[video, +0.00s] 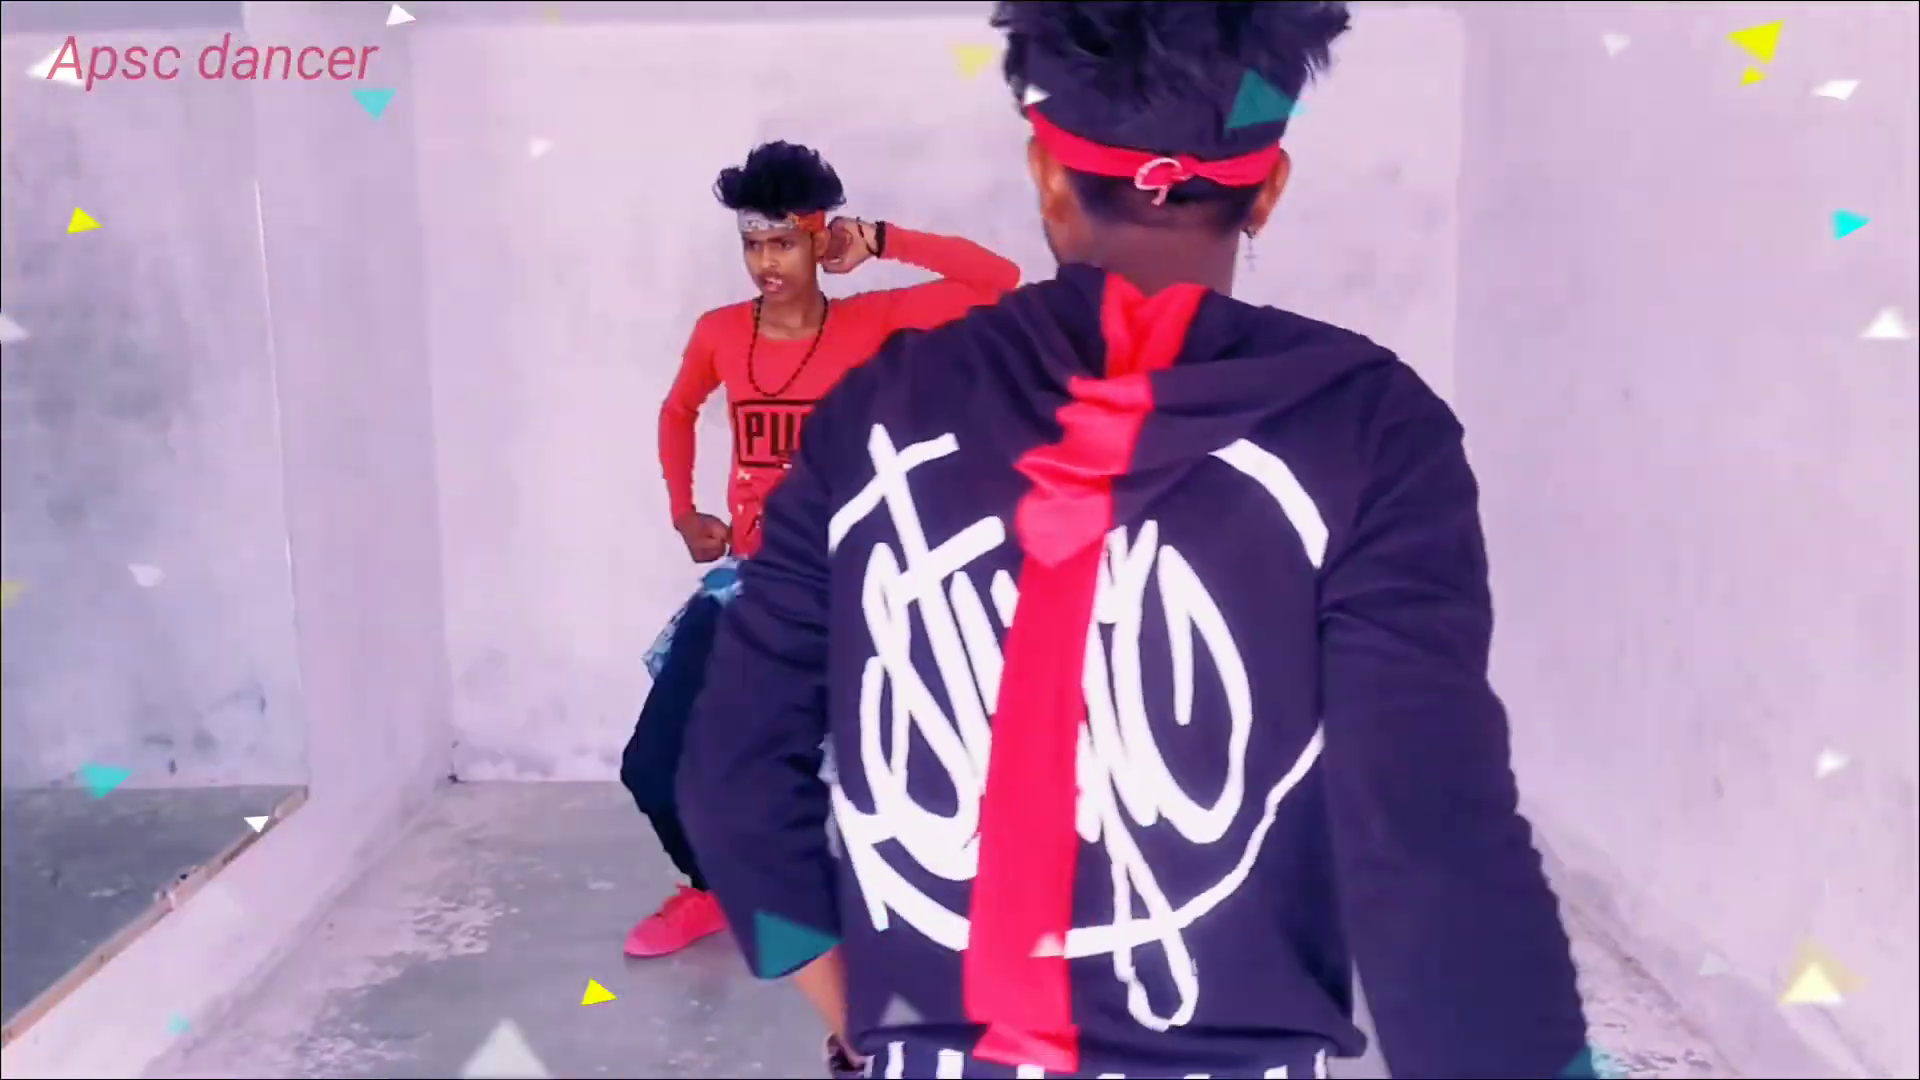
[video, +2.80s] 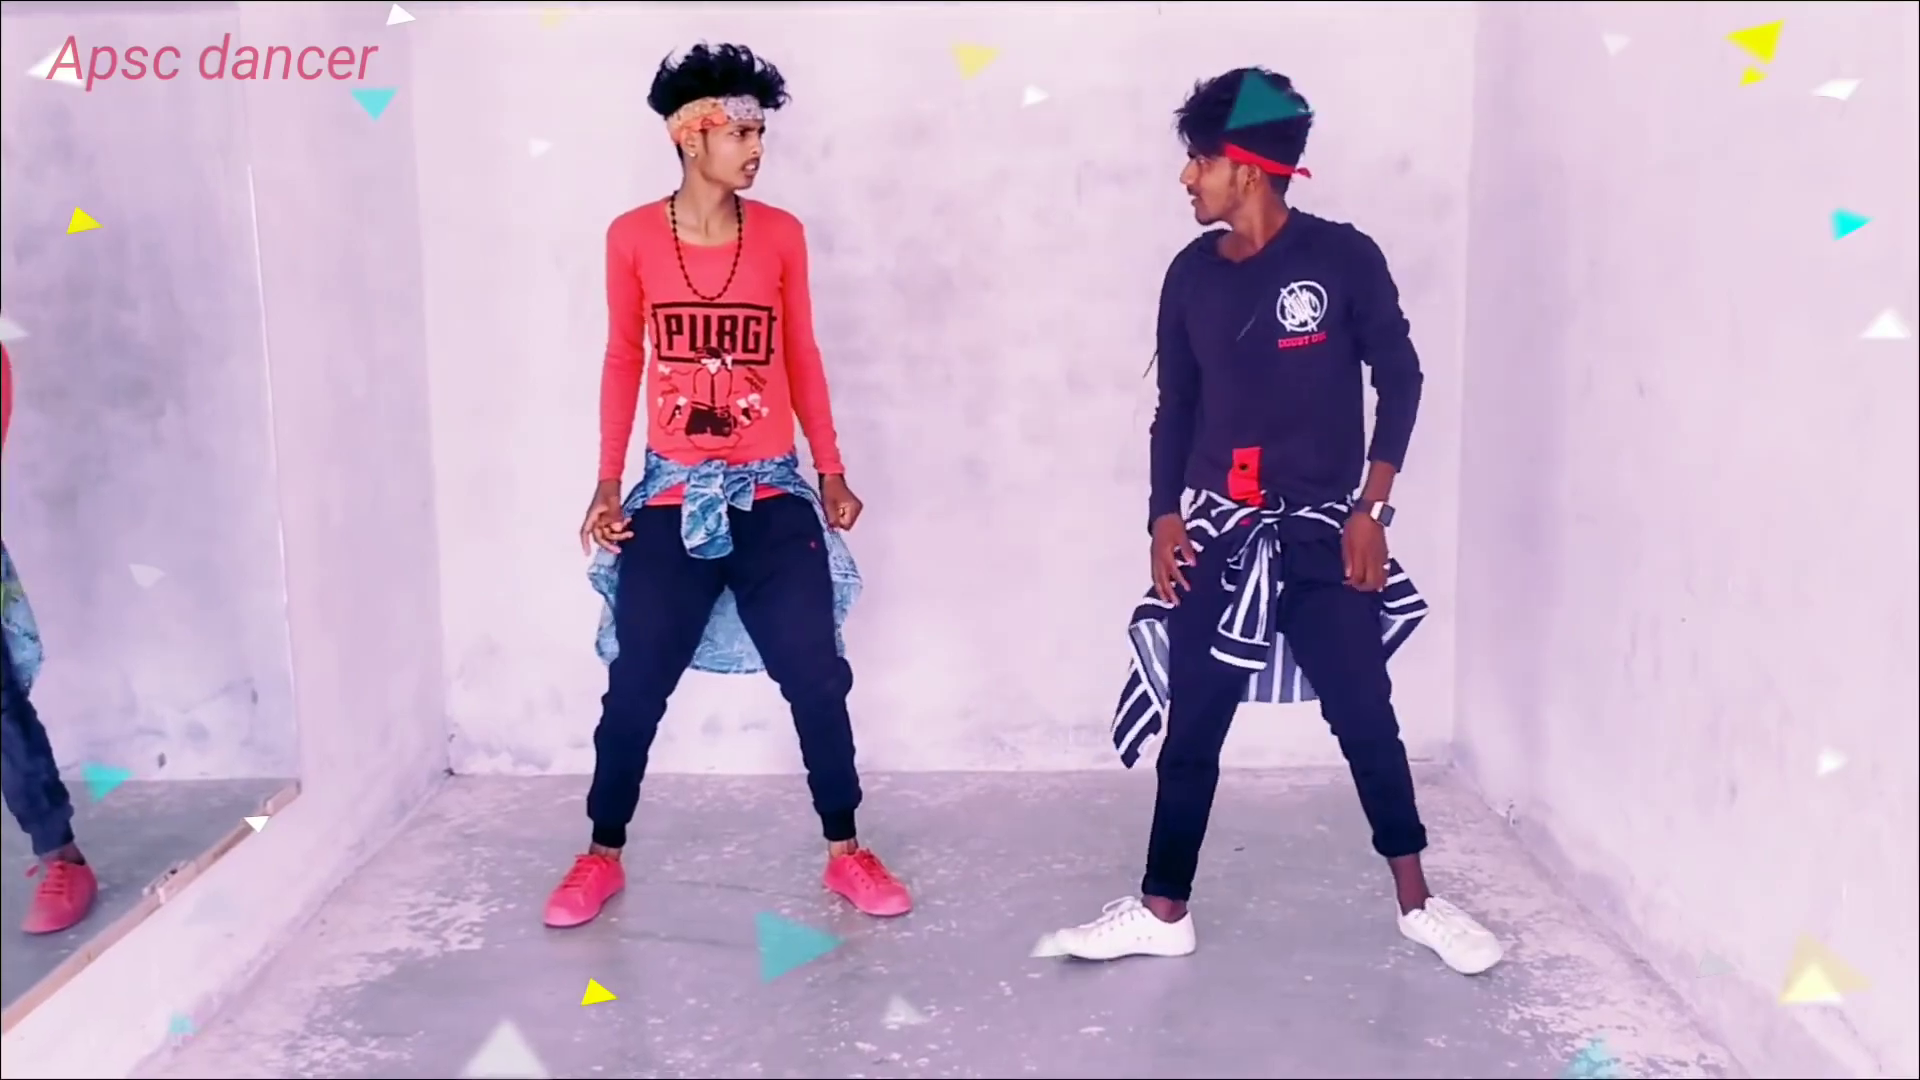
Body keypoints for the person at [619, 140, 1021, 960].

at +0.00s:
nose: (764, 261)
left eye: (782, 243)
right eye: (753, 244)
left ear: (823, 242)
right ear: (742, 246)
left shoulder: (871, 324)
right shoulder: (721, 336)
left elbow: (1003, 283)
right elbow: (679, 414)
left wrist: (884, 241)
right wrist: (684, 511)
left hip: (848, 574)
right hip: (745, 579)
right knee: (652, 763)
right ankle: (708, 885)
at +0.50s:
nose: (766, 277)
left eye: (784, 259)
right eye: (753, 260)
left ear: (821, 260)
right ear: (741, 261)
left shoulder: (871, 334)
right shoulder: (725, 355)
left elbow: (969, 377)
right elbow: (693, 469)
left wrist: (875, 288)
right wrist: (708, 542)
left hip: (858, 602)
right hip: (750, 606)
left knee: (945, 773)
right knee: (663, 781)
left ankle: (931, 901)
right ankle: (710, 896)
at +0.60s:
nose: (774, 274)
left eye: (791, 254)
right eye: (758, 257)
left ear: (821, 253)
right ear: (741, 259)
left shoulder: (864, 332)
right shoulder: (722, 339)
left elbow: (942, 442)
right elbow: (701, 459)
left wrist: (863, 361)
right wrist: (706, 496)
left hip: (855, 592)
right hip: (752, 594)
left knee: (931, 772)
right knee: (669, 777)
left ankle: (931, 902)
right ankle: (710, 896)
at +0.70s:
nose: (768, 240)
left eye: (783, 219)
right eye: (749, 221)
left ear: (807, 223)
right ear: (725, 229)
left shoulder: (858, 318)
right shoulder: (706, 316)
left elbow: (965, 399)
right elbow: (681, 401)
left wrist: (926, 437)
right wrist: (672, 455)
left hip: (843, 580)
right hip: (736, 578)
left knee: (926, 759)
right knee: (634, 746)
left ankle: (931, 899)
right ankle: (697, 877)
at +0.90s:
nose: (752, 222)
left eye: (761, 204)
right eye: (730, 206)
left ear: (772, 214)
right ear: (689, 218)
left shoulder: (815, 310)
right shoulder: (664, 306)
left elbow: (885, 397)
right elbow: (673, 392)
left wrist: (932, 509)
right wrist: (631, 490)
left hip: (803, 574)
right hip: (702, 569)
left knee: (869, 754)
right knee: (561, 707)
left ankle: (927, 899)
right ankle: (587, 852)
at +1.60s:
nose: (696, 164)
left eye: (700, 148)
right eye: (675, 148)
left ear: (704, 160)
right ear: (624, 164)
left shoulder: (726, 259)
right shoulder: (577, 268)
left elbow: (755, 380)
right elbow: (570, 387)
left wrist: (806, 488)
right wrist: (551, 512)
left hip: (725, 523)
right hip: (618, 529)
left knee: (802, 691)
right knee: (567, 710)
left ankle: (838, 870)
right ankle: (542, 873)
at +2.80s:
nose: (756, 147)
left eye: (759, 130)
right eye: (739, 131)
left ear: (753, 138)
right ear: (690, 137)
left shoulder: (779, 235)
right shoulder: (634, 237)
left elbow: (801, 357)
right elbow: (623, 361)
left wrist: (830, 470)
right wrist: (609, 484)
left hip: (772, 495)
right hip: (669, 500)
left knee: (814, 674)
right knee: (638, 683)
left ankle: (847, 849)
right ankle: (603, 854)